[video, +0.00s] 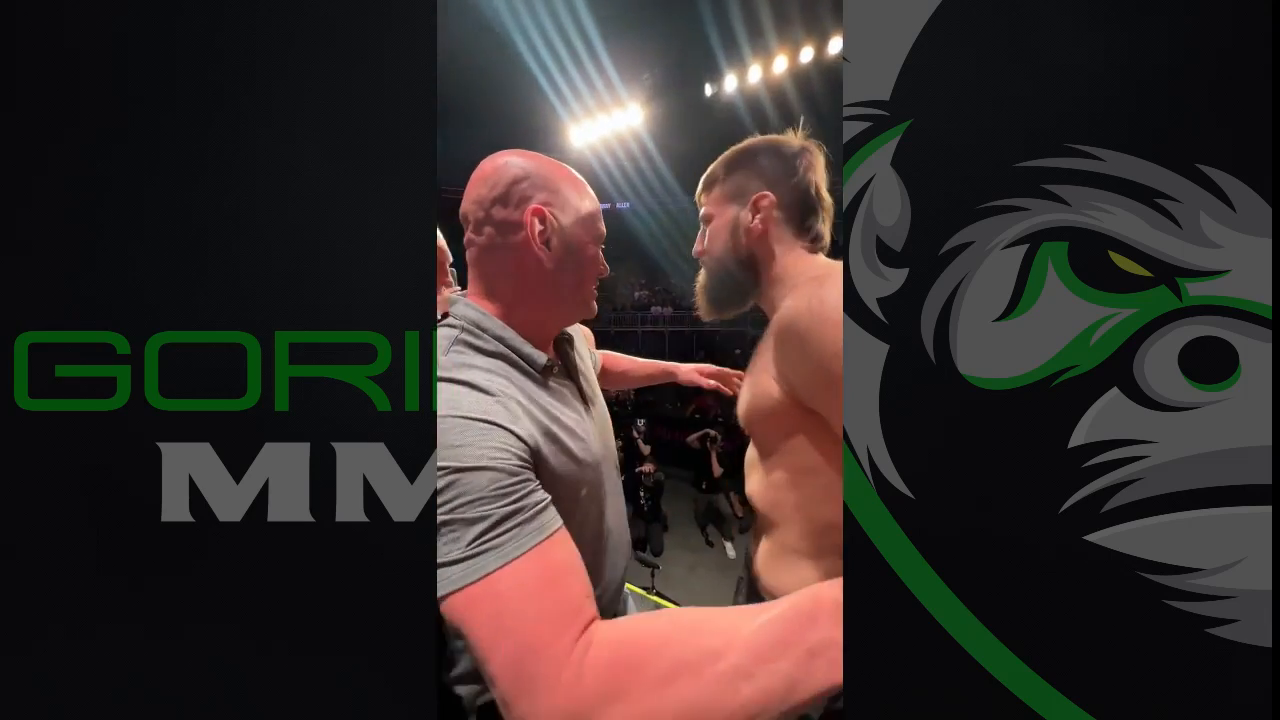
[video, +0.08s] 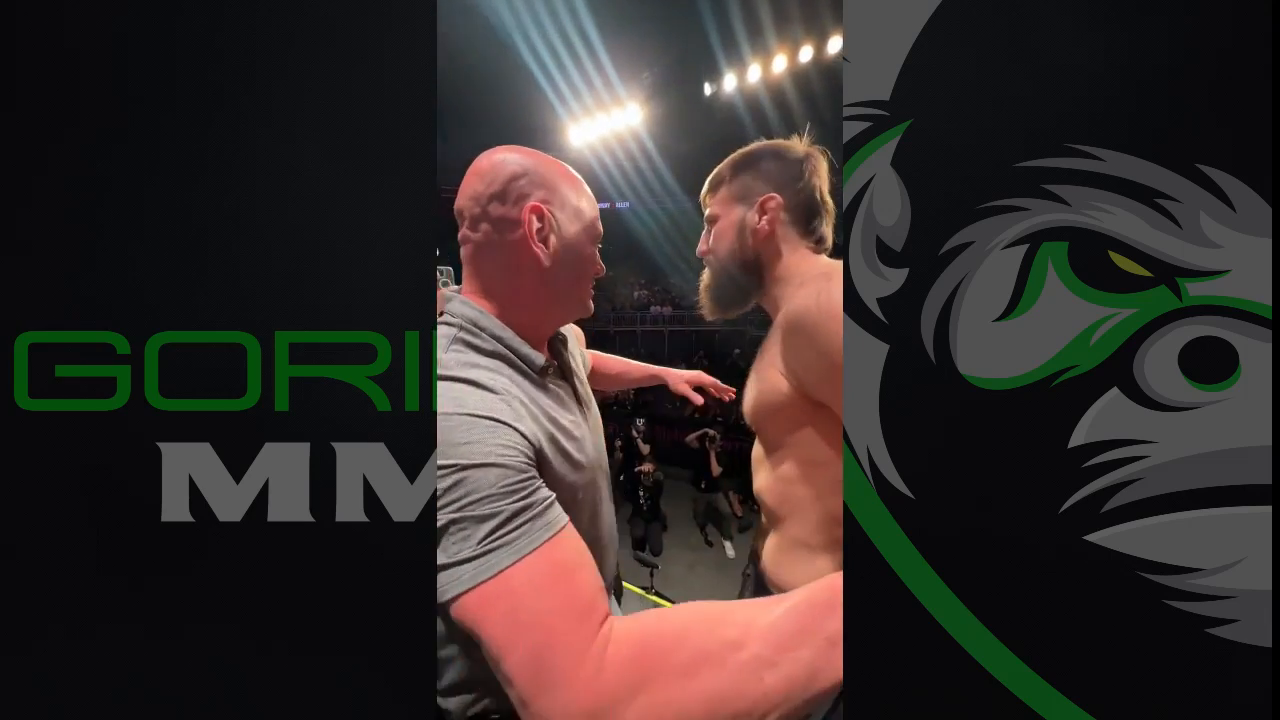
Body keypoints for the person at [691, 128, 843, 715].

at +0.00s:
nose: (696, 246)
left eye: (707, 221)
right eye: (699, 225)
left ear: (759, 213)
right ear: (758, 215)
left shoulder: (814, 315)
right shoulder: (797, 313)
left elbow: (900, 469)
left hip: (811, 617)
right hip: (785, 607)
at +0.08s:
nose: (701, 247)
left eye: (712, 223)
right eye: (704, 227)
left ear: (766, 215)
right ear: (766, 217)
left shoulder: (819, 311)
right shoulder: (799, 312)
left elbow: (907, 450)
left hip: (812, 604)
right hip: (781, 592)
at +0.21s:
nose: (703, 242)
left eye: (715, 218)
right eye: (707, 222)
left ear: (770, 213)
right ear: (770, 215)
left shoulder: (821, 305)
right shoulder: (800, 309)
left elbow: (913, 432)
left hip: (818, 594)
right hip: (786, 583)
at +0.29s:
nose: (703, 240)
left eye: (715, 216)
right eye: (706, 220)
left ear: (770, 213)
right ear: (769, 215)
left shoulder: (820, 307)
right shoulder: (799, 310)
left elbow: (913, 440)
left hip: (819, 597)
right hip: (789, 589)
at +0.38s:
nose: (700, 240)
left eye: (712, 217)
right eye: (704, 220)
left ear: (766, 214)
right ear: (765, 216)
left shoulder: (813, 316)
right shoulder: (795, 315)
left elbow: (907, 455)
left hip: (811, 602)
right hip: (785, 594)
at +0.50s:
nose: (692, 241)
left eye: (704, 216)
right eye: (696, 218)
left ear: (754, 213)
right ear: (752, 216)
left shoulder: (807, 324)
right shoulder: (792, 315)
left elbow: (895, 485)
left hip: (798, 615)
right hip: (772, 599)